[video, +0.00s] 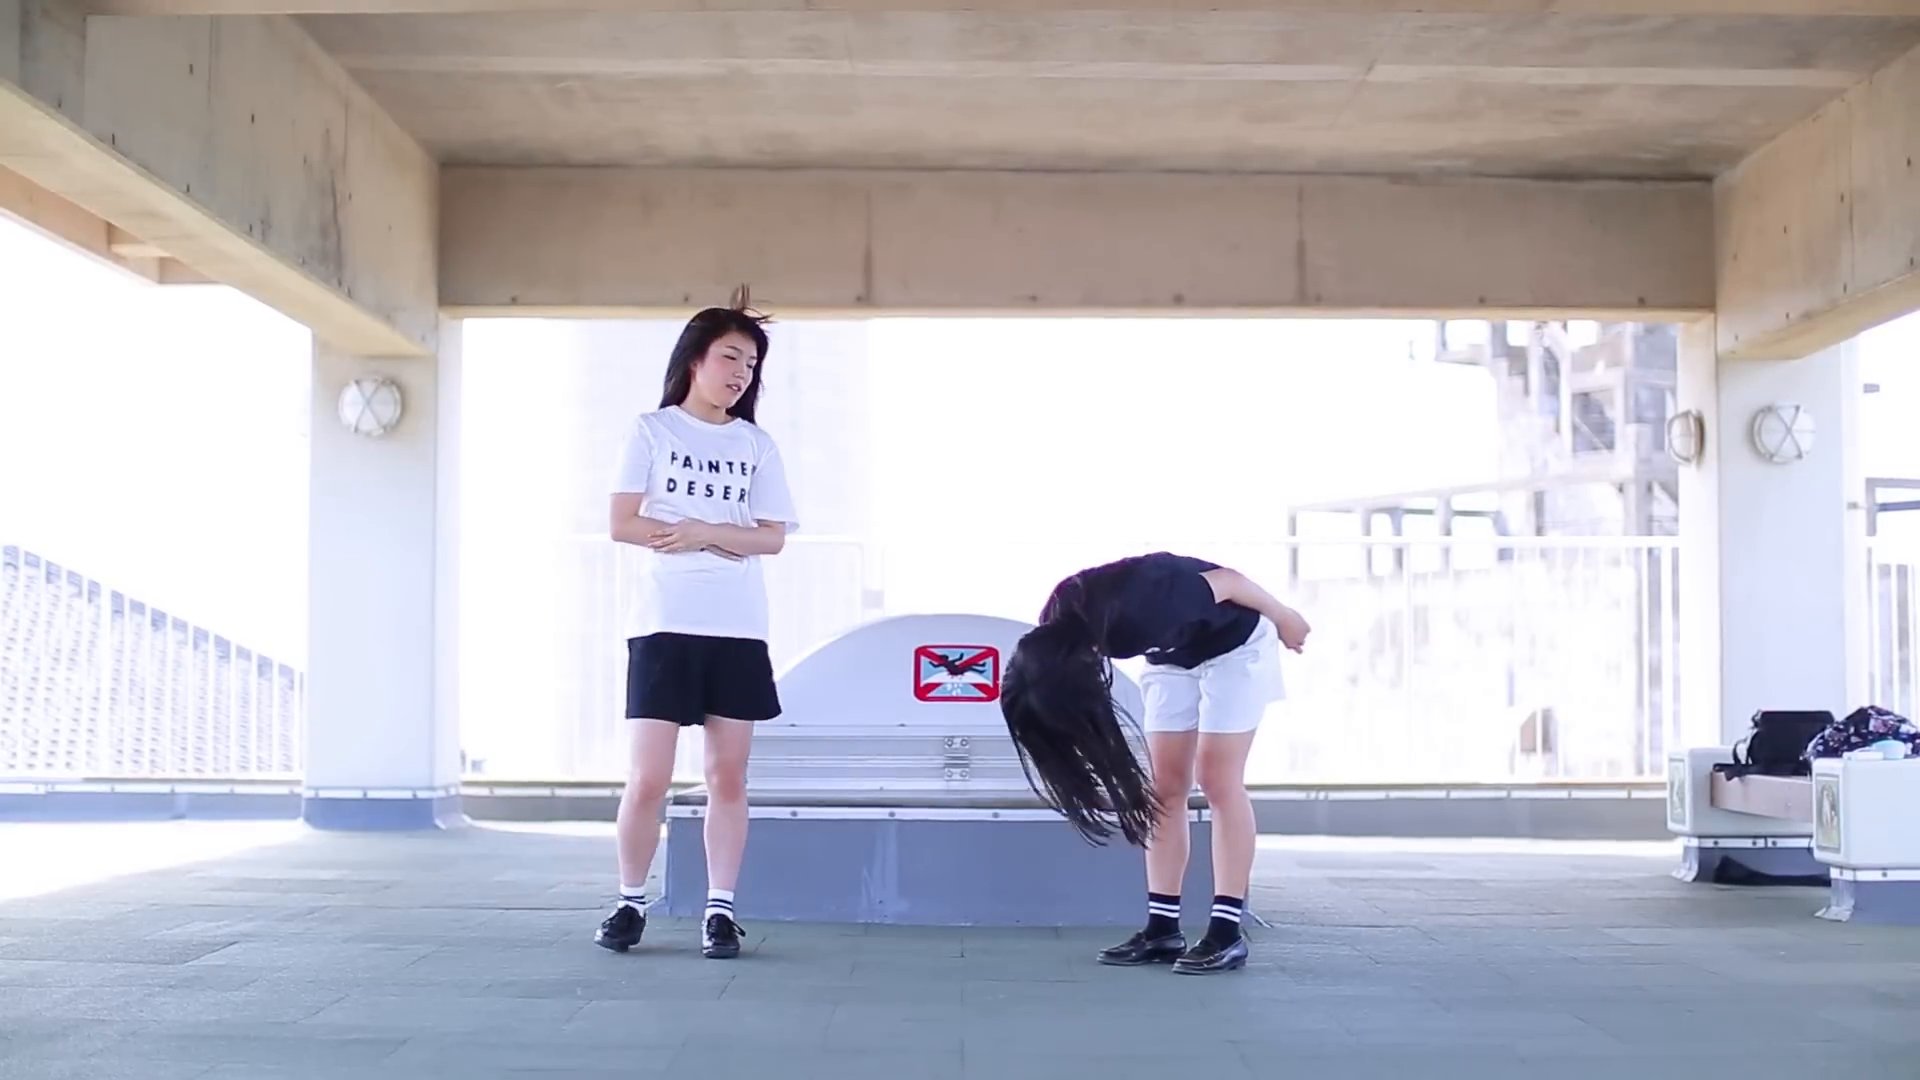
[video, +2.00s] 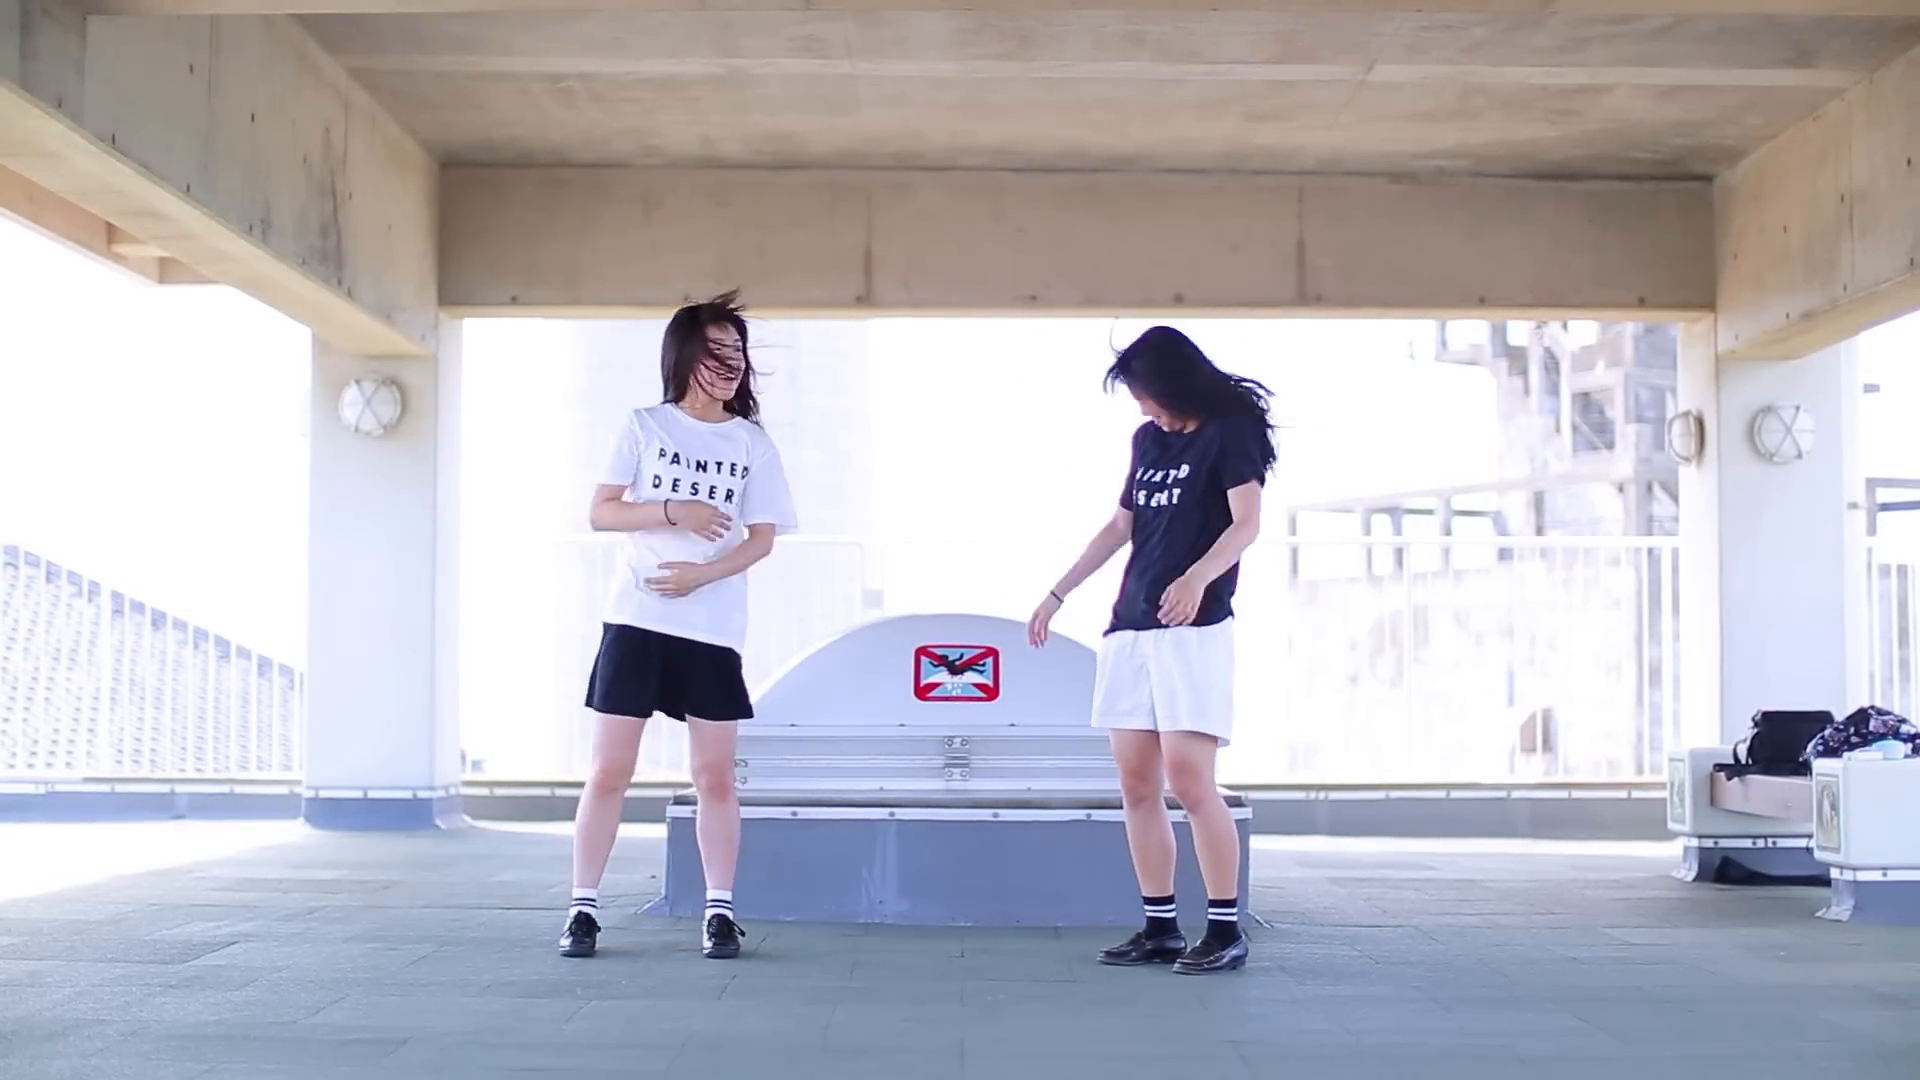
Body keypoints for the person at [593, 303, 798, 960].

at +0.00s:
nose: (737, 372)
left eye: (748, 364)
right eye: (727, 357)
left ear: (754, 375)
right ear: (692, 357)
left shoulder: (758, 444)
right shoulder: (651, 429)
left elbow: (773, 539)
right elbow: (622, 525)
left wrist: (698, 532)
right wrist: (721, 534)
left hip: (739, 630)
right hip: (664, 626)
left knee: (728, 777)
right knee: (650, 780)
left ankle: (720, 911)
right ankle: (631, 902)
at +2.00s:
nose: (726, 363)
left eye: (735, 353)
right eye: (712, 351)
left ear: (746, 361)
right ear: (682, 355)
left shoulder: (753, 441)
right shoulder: (646, 424)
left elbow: (763, 538)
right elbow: (601, 512)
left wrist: (704, 573)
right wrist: (676, 510)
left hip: (712, 630)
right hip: (636, 621)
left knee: (716, 778)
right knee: (609, 774)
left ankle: (719, 911)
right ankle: (583, 908)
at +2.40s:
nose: (594, 366)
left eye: (607, 354)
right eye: (591, 356)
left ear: (649, 360)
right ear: (595, 361)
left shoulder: (694, 442)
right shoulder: (587, 423)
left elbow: (725, 533)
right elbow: (517, 431)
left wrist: (726, 619)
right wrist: (561, 361)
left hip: (655, 630)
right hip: (578, 623)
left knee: (685, 785)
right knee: (576, 775)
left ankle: (713, 910)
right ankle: (578, 911)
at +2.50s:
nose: (588, 362)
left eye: (601, 352)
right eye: (586, 353)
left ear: (641, 362)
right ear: (585, 362)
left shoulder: (679, 441)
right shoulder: (572, 425)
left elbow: (717, 526)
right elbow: (499, 436)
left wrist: (709, 602)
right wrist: (547, 368)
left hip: (645, 626)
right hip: (568, 621)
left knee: (674, 785)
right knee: (571, 774)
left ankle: (700, 909)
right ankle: (578, 911)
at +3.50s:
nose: (608, 361)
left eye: (619, 347)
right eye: (592, 350)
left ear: (637, 354)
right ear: (572, 364)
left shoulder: (663, 425)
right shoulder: (557, 424)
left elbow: (711, 481)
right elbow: (478, 441)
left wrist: (686, 397)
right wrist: (535, 378)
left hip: (646, 618)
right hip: (569, 618)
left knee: (645, 777)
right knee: (574, 775)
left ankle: (651, 908)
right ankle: (580, 910)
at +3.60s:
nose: (610, 355)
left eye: (619, 343)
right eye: (594, 345)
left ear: (635, 355)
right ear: (570, 362)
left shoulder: (663, 425)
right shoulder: (554, 423)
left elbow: (712, 498)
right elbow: (474, 438)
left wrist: (704, 418)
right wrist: (530, 375)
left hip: (645, 617)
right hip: (568, 617)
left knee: (645, 776)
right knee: (574, 775)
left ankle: (651, 907)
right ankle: (579, 910)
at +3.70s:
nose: (611, 351)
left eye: (621, 341)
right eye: (595, 342)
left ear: (634, 353)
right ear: (568, 359)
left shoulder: (660, 425)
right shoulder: (550, 422)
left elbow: (704, 509)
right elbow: (475, 439)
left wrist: (718, 445)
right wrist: (522, 373)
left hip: (643, 618)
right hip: (567, 617)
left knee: (644, 775)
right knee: (573, 774)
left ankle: (651, 907)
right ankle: (580, 909)